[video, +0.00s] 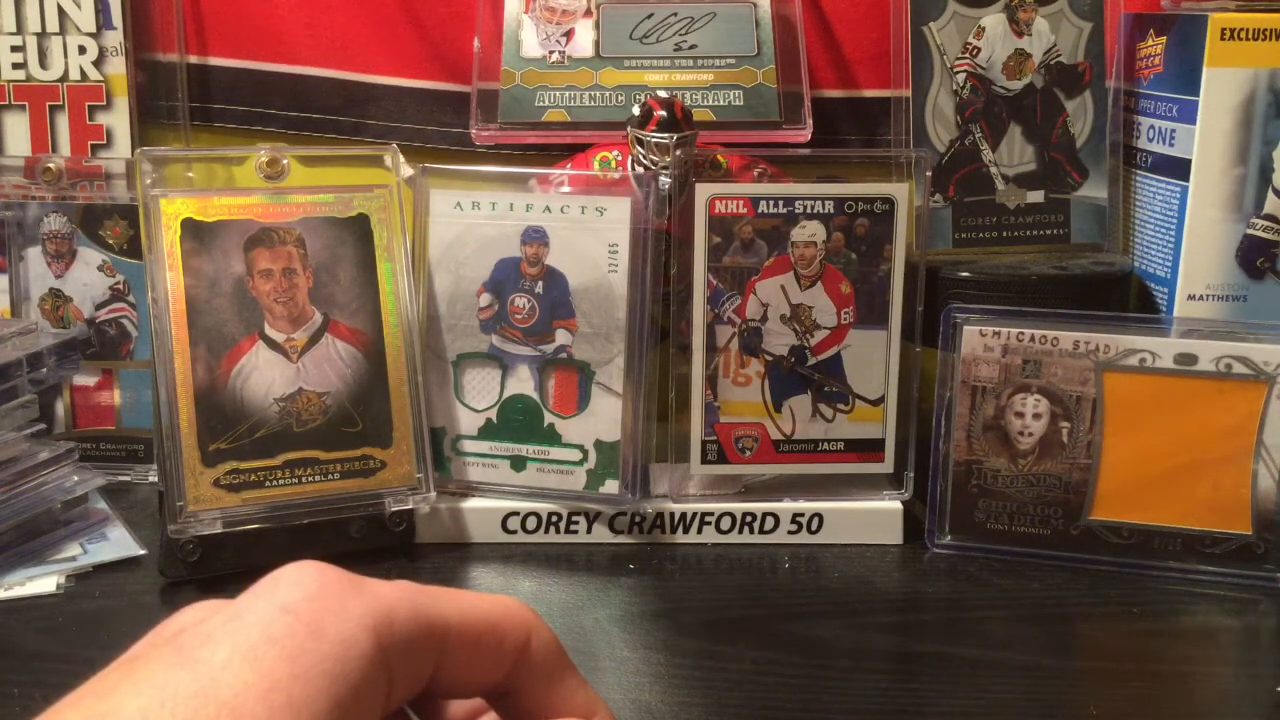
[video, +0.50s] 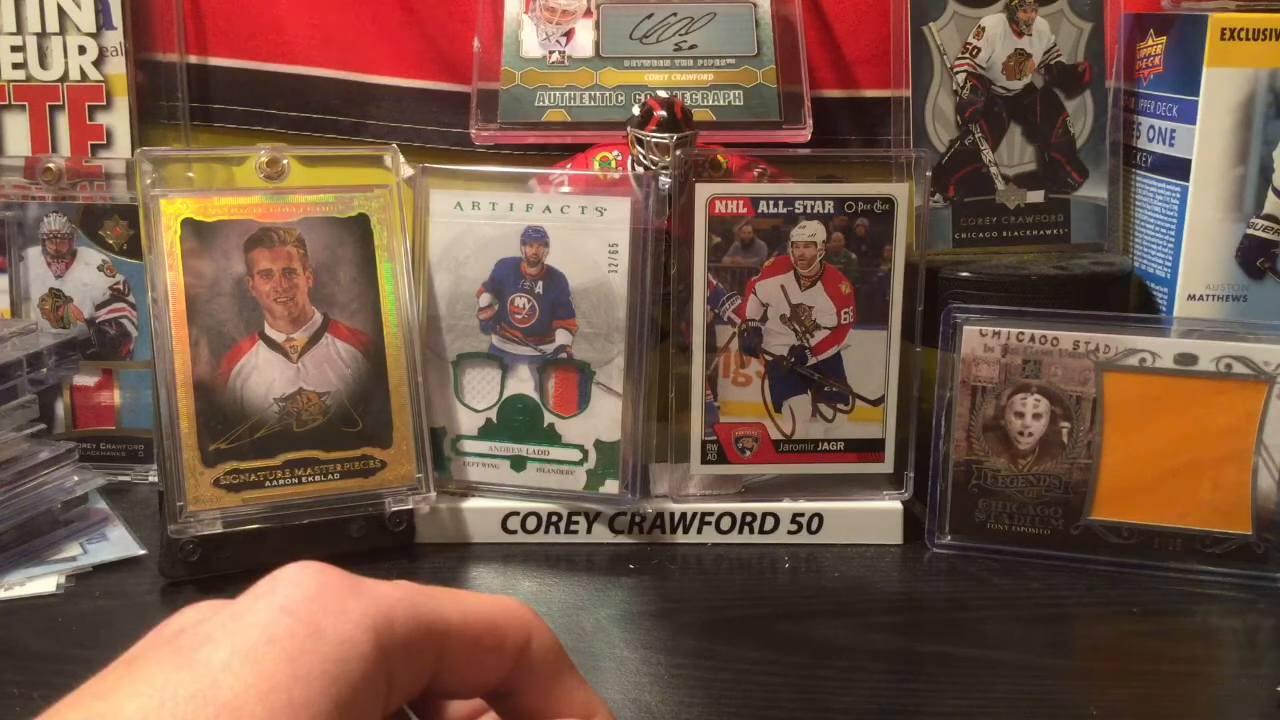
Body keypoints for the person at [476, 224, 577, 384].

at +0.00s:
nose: (534, 251)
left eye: (540, 247)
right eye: (530, 246)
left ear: (546, 250)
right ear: (522, 248)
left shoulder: (557, 280)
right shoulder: (504, 268)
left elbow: (564, 320)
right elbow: (487, 293)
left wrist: (562, 349)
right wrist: (487, 318)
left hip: (542, 353)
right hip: (503, 349)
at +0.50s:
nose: (534, 251)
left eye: (540, 247)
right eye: (530, 246)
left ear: (546, 251)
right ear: (522, 248)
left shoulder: (556, 279)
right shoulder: (504, 268)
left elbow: (565, 321)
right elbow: (487, 291)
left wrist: (562, 348)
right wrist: (486, 311)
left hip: (541, 353)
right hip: (502, 348)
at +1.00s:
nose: (535, 251)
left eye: (540, 247)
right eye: (530, 246)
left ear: (546, 251)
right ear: (522, 248)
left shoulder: (556, 279)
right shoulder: (505, 268)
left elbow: (565, 320)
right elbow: (487, 291)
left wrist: (562, 348)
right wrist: (486, 314)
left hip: (541, 352)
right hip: (503, 347)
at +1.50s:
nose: (534, 251)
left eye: (540, 247)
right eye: (530, 246)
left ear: (546, 251)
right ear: (522, 248)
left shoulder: (557, 280)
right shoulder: (505, 268)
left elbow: (565, 320)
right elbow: (487, 292)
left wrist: (562, 350)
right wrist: (486, 315)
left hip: (540, 352)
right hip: (502, 348)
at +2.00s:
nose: (534, 251)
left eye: (540, 247)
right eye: (530, 246)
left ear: (546, 250)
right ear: (522, 248)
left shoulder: (557, 280)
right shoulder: (504, 268)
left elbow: (565, 321)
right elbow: (487, 291)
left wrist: (562, 349)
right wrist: (486, 316)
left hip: (541, 353)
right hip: (502, 348)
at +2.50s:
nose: (535, 251)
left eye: (540, 246)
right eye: (530, 246)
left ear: (546, 250)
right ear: (522, 248)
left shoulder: (557, 280)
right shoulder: (504, 267)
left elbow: (565, 321)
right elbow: (487, 292)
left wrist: (562, 350)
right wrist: (487, 318)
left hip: (541, 353)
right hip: (502, 348)